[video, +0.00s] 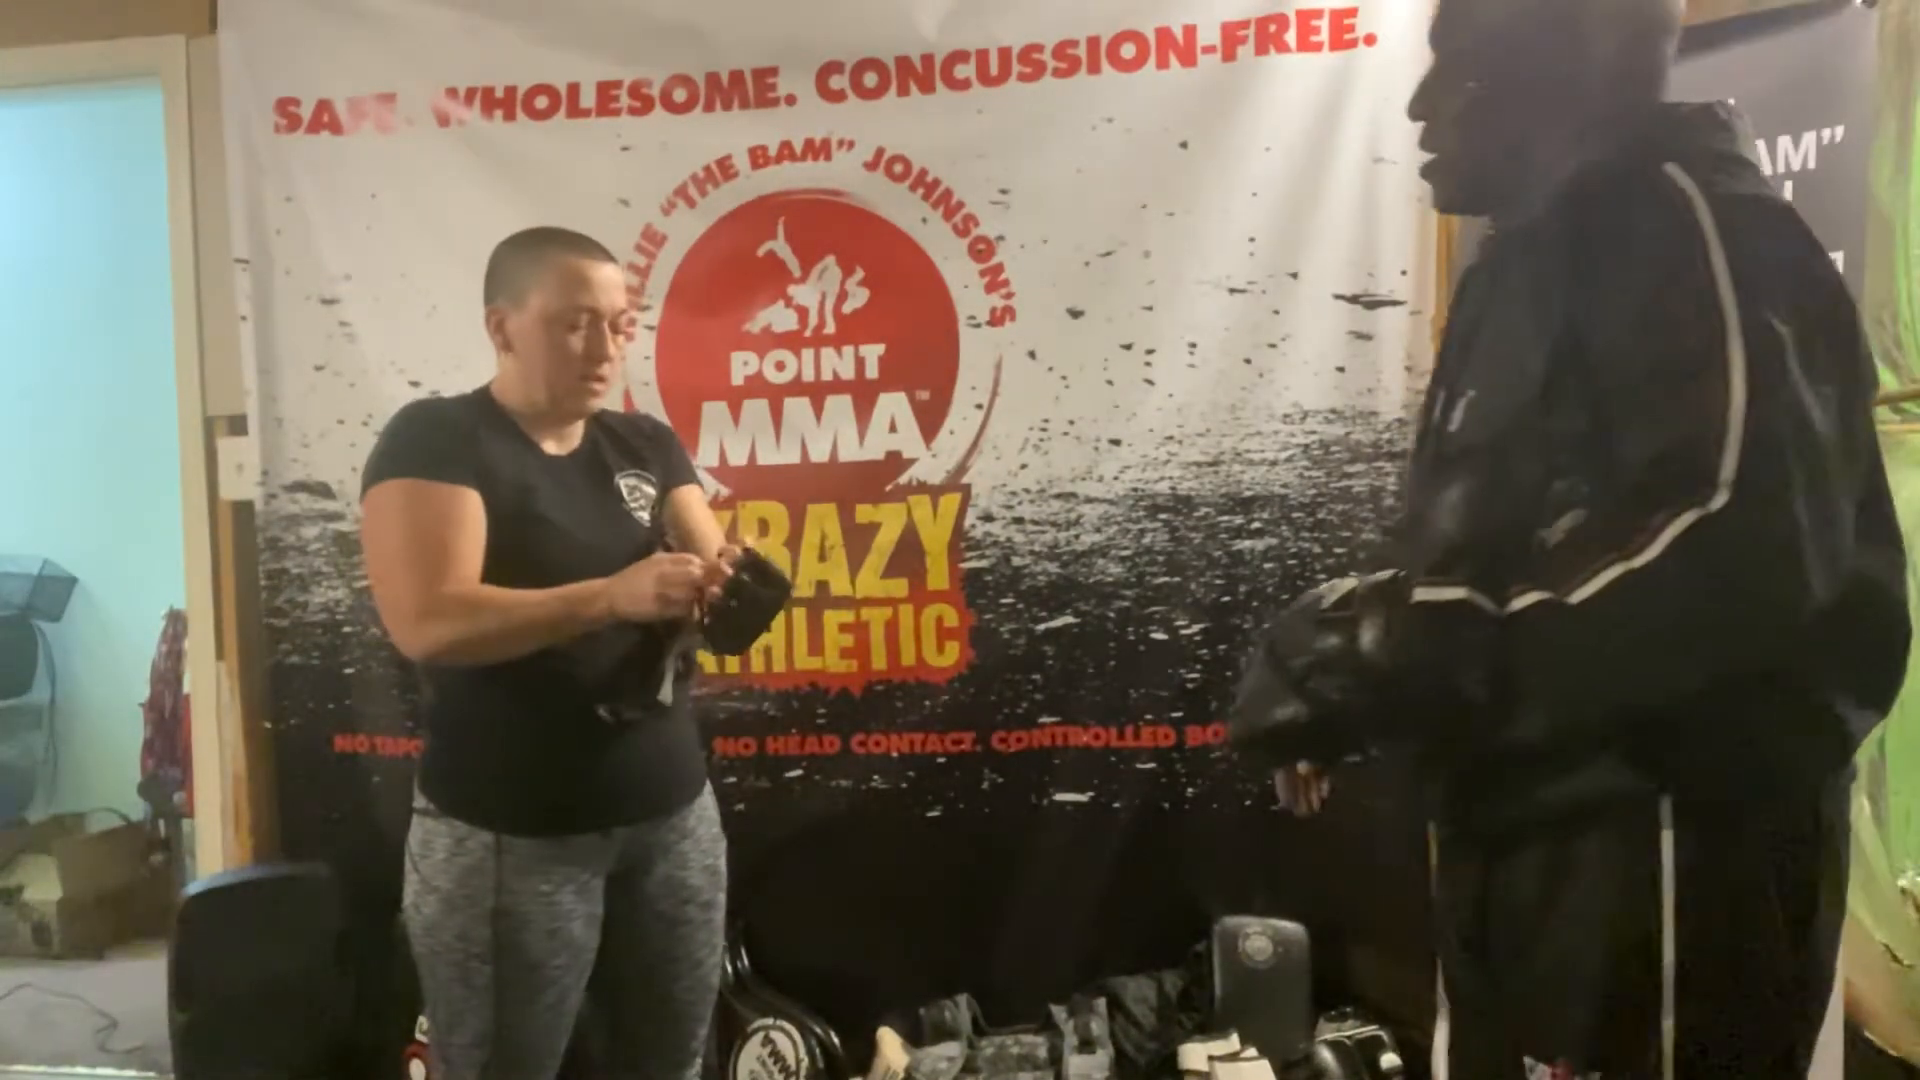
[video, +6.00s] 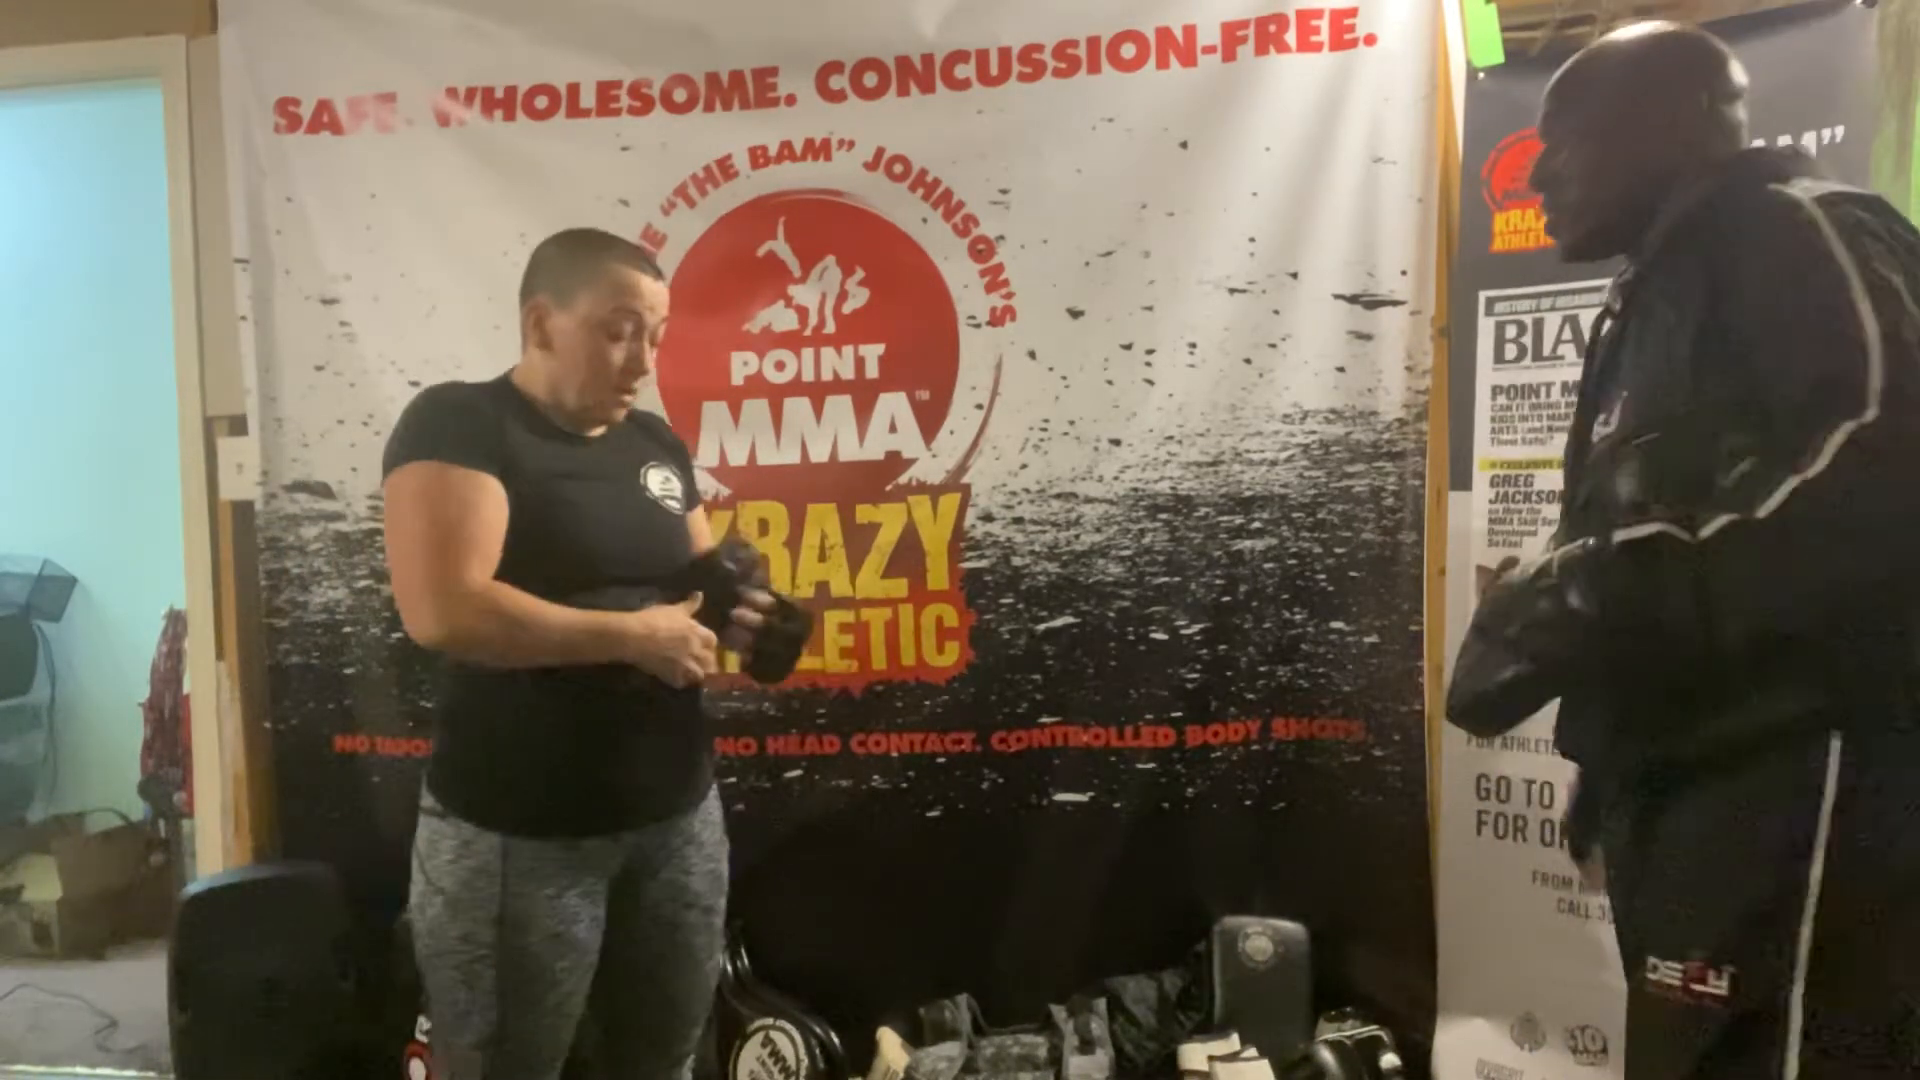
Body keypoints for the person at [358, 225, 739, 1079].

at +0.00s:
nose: (606, 349)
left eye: (617, 327)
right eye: (578, 323)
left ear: (626, 331)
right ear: (503, 326)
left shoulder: (647, 445)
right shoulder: (431, 441)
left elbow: (724, 586)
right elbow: (425, 621)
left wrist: (727, 587)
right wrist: (611, 594)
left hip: (670, 828)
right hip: (504, 843)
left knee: (662, 1065)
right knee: (498, 1069)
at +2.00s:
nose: (599, 339)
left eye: (606, 319)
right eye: (572, 312)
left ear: (613, 328)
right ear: (491, 319)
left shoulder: (628, 444)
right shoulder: (424, 436)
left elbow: (700, 581)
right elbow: (412, 626)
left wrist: (727, 549)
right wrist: (600, 627)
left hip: (664, 828)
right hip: (499, 846)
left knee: (658, 1065)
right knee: (496, 1068)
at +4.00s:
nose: (545, 353)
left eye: (555, 331)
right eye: (523, 325)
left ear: (563, 334)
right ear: (440, 316)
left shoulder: (561, 440)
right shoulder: (363, 436)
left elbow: (656, 562)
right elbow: (405, 594)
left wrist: (616, 628)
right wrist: (607, 586)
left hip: (609, 826)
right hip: (449, 851)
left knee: (636, 1064)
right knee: (467, 1067)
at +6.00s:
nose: (642, 362)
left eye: (652, 339)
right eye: (620, 333)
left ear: (657, 336)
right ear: (542, 323)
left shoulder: (654, 443)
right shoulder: (454, 423)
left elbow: (697, 589)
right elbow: (441, 608)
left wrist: (749, 620)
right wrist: (631, 635)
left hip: (673, 827)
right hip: (511, 840)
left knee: (656, 1065)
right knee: (500, 1067)